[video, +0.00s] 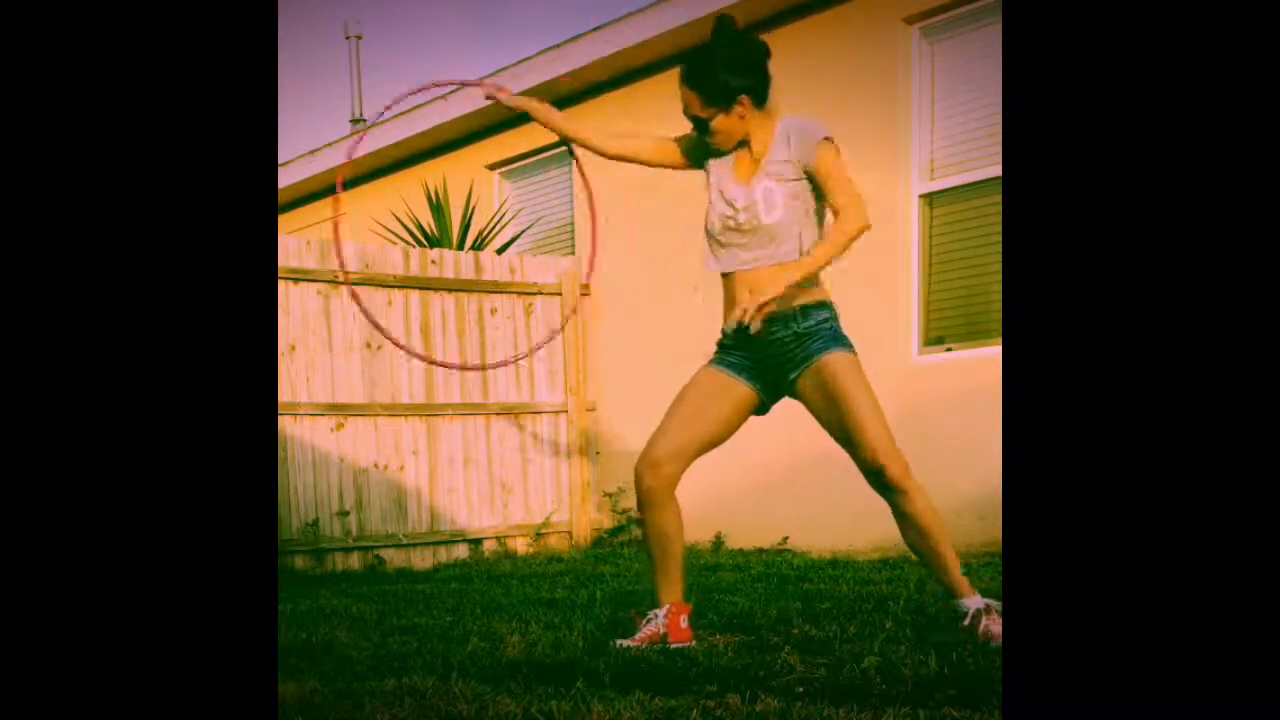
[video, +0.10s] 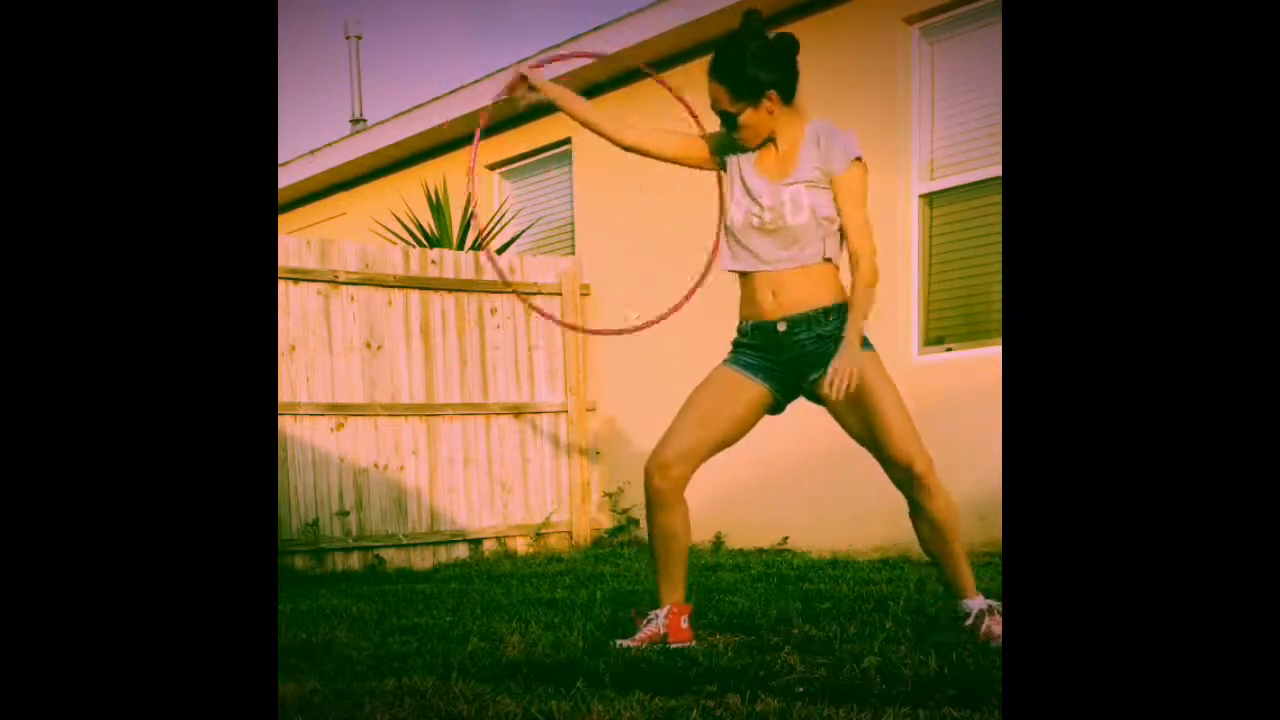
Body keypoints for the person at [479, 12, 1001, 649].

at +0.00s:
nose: (695, 128)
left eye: (701, 116)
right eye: (692, 117)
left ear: (741, 104)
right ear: (726, 107)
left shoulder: (805, 143)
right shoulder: (710, 152)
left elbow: (854, 217)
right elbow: (609, 144)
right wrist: (525, 104)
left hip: (808, 334)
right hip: (738, 351)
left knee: (886, 469)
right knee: (655, 466)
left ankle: (968, 603)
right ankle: (673, 617)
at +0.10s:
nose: (722, 124)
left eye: (729, 112)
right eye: (718, 113)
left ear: (770, 100)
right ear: (749, 104)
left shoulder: (828, 146)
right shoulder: (729, 151)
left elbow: (863, 257)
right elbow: (629, 134)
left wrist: (852, 344)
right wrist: (545, 87)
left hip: (832, 340)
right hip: (755, 349)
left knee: (915, 469)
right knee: (663, 471)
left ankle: (973, 604)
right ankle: (672, 619)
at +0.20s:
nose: (758, 117)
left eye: (766, 104)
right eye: (754, 104)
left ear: (811, 90)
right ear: (775, 93)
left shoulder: (867, 149)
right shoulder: (754, 148)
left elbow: (884, 260)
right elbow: (648, 156)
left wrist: (905, 356)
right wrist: (547, 140)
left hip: (856, 340)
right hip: (776, 347)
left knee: (943, 455)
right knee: (681, 470)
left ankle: (978, 606)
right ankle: (672, 618)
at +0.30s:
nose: (798, 105)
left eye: (809, 91)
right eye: (792, 90)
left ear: (856, 78)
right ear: (790, 82)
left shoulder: (901, 152)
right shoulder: (784, 146)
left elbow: (923, 262)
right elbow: (684, 190)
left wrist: (966, 354)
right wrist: (583, 227)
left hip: (879, 340)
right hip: (797, 344)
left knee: (979, 451)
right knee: (705, 477)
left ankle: (982, 609)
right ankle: (673, 619)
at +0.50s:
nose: (869, 84)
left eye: (885, 69)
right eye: (857, 69)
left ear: (919, 63)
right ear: (847, 62)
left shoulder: (940, 145)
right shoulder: (824, 133)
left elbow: (985, 242)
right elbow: (748, 201)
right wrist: (684, 260)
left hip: (913, 335)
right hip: (831, 339)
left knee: (998, 446)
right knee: (752, 482)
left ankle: (988, 606)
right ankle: (678, 619)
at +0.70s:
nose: (900, 67)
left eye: (916, 55)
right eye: (888, 52)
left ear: (933, 60)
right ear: (866, 54)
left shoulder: (952, 136)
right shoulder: (831, 134)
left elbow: (1004, 157)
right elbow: (765, 228)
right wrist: (778, 277)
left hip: (921, 332)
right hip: (838, 338)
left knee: (1002, 448)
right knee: (757, 486)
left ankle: (988, 606)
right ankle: (679, 620)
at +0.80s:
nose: (908, 64)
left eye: (921, 52)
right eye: (893, 49)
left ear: (931, 61)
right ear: (861, 55)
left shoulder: (942, 136)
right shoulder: (829, 139)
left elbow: (1001, 112)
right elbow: (793, 242)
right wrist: (859, 283)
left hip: (914, 332)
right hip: (835, 336)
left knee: (999, 444)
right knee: (746, 481)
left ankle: (988, 607)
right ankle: (679, 620)